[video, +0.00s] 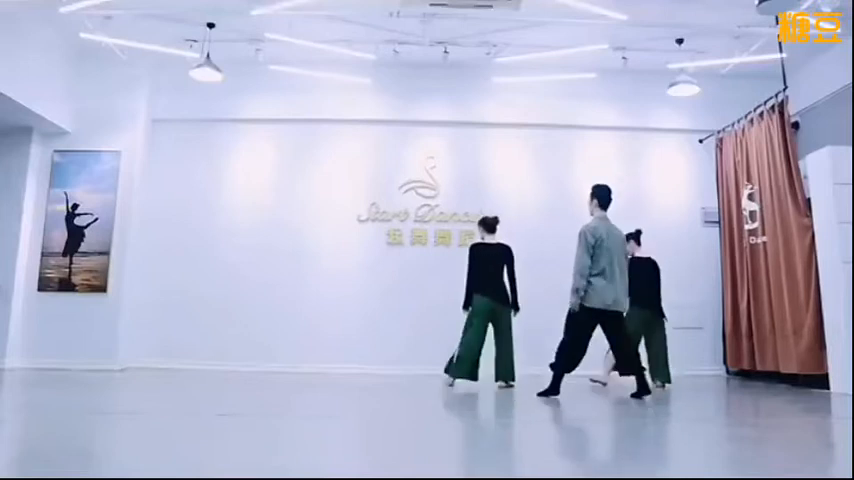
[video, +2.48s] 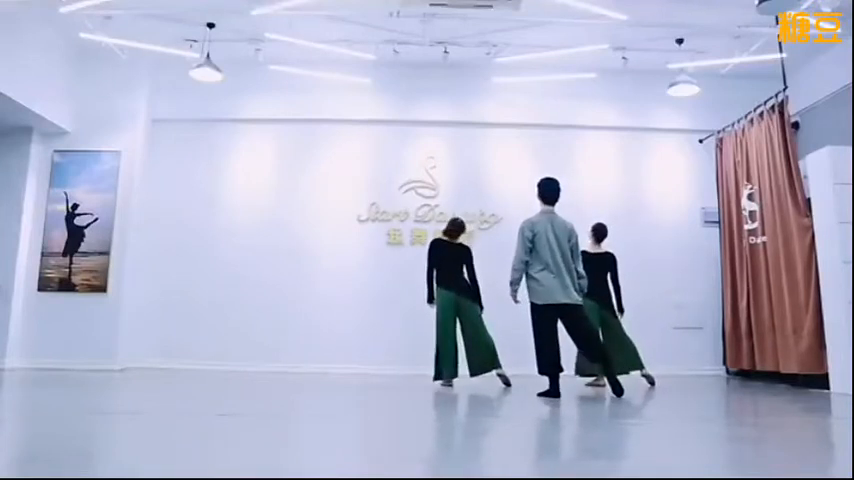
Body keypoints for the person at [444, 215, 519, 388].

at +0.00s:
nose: (478, 232)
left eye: (478, 230)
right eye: (479, 230)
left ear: (481, 230)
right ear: (495, 230)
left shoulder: (475, 248)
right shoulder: (505, 249)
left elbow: (470, 277)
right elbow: (511, 278)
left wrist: (466, 301)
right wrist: (515, 301)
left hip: (480, 298)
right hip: (501, 300)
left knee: (471, 336)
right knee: (504, 340)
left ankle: (454, 372)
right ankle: (505, 377)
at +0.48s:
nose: (459, 225)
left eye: (460, 223)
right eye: (462, 223)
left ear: (461, 225)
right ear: (476, 228)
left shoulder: (449, 243)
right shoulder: (477, 249)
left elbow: (441, 270)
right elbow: (481, 278)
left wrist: (436, 293)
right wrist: (485, 302)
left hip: (449, 292)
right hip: (469, 294)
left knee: (448, 334)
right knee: (483, 333)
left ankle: (449, 376)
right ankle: (497, 370)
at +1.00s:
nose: (460, 229)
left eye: (454, 224)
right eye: (463, 226)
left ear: (450, 225)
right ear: (466, 228)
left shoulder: (439, 244)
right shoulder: (468, 249)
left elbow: (433, 271)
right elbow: (473, 276)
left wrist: (431, 294)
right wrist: (478, 299)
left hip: (444, 293)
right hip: (465, 294)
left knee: (446, 334)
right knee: (480, 330)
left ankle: (447, 376)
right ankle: (497, 366)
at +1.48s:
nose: (458, 229)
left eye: (455, 225)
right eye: (461, 227)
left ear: (449, 226)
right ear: (465, 228)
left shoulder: (438, 244)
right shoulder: (467, 249)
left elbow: (432, 272)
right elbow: (473, 276)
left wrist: (431, 294)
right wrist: (478, 299)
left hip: (445, 294)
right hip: (465, 294)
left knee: (447, 334)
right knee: (480, 331)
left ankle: (447, 376)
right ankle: (497, 366)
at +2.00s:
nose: (456, 231)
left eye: (454, 226)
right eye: (460, 228)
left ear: (448, 226)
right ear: (463, 230)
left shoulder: (437, 244)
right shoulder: (467, 249)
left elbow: (432, 272)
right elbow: (473, 276)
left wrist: (430, 295)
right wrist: (478, 299)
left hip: (445, 293)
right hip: (465, 294)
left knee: (446, 334)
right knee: (480, 331)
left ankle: (447, 376)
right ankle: (497, 367)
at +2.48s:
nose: (459, 235)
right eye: (461, 232)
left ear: (446, 228)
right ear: (461, 232)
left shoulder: (435, 244)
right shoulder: (465, 249)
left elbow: (430, 271)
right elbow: (472, 277)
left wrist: (430, 294)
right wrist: (479, 300)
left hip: (444, 292)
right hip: (465, 293)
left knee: (446, 333)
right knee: (480, 331)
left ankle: (448, 376)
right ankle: (497, 367)